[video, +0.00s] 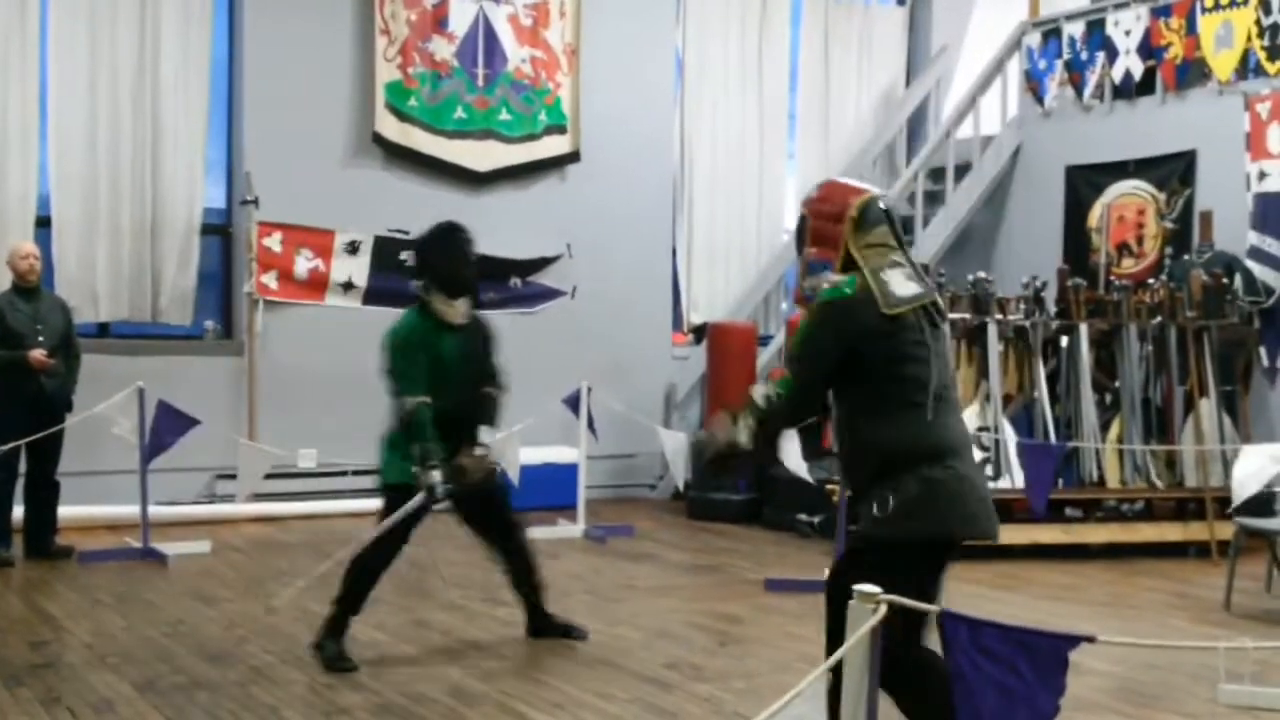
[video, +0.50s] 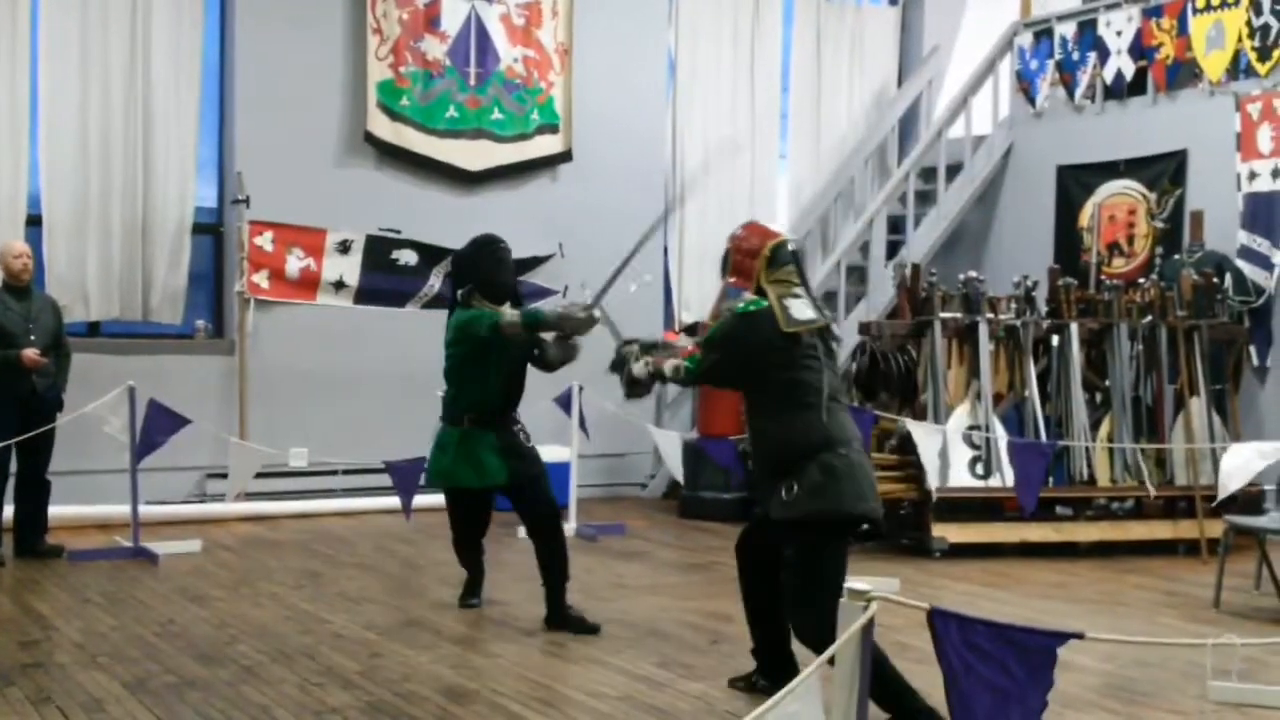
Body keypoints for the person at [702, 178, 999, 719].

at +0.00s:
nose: (806, 251)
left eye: (812, 238)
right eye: (806, 238)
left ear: (835, 240)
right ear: (873, 234)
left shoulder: (843, 303)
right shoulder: (912, 293)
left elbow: (798, 392)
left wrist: (748, 423)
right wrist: (769, 401)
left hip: (905, 501)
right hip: (947, 494)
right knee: (896, 644)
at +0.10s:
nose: (779, 245)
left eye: (784, 232)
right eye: (779, 232)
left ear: (803, 232)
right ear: (840, 225)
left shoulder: (807, 295)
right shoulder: (884, 282)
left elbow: (758, 371)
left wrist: (730, 377)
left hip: (883, 480)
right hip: (924, 470)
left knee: (832, 596)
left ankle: (929, 709)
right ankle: (842, 704)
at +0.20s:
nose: (766, 249)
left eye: (770, 238)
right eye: (766, 237)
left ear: (788, 241)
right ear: (826, 235)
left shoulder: (789, 304)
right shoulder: (861, 292)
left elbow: (737, 369)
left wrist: (714, 363)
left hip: (850, 484)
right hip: (895, 476)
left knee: (830, 618)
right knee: (798, 562)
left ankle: (926, 715)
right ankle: (801, 673)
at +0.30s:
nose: (759, 258)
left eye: (764, 249)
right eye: (758, 248)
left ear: (783, 258)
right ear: (826, 253)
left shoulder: (776, 317)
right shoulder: (850, 309)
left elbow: (719, 367)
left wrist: (705, 351)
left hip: (825, 494)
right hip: (871, 485)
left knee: (818, 629)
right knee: (804, 593)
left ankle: (916, 714)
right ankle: (780, 677)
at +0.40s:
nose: (741, 269)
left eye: (746, 259)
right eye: (741, 259)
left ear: (765, 263)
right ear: (800, 262)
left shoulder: (763, 317)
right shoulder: (823, 315)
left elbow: (703, 365)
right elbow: (764, 390)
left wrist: (673, 360)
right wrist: (701, 366)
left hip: (816, 491)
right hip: (846, 483)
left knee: (818, 633)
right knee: (766, 556)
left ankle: (920, 712)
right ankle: (772, 675)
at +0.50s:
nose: (728, 274)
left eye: (732, 265)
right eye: (729, 265)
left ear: (747, 268)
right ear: (779, 267)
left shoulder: (754, 321)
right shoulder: (805, 315)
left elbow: (707, 370)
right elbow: (739, 359)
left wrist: (667, 367)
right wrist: (691, 349)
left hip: (817, 488)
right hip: (838, 482)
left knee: (814, 621)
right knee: (754, 549)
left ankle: (917, 711)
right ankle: (774, 671)